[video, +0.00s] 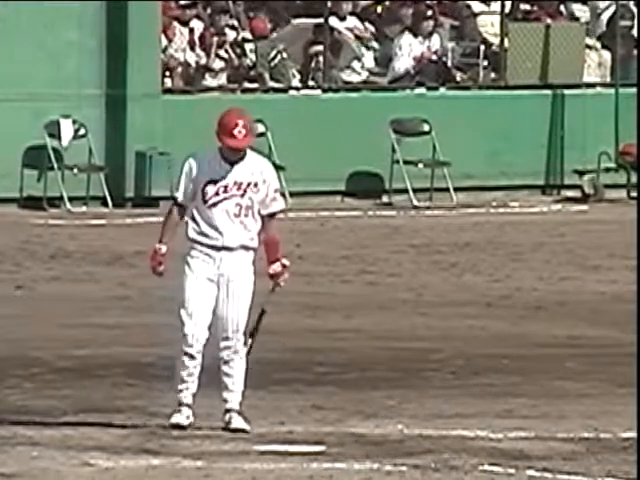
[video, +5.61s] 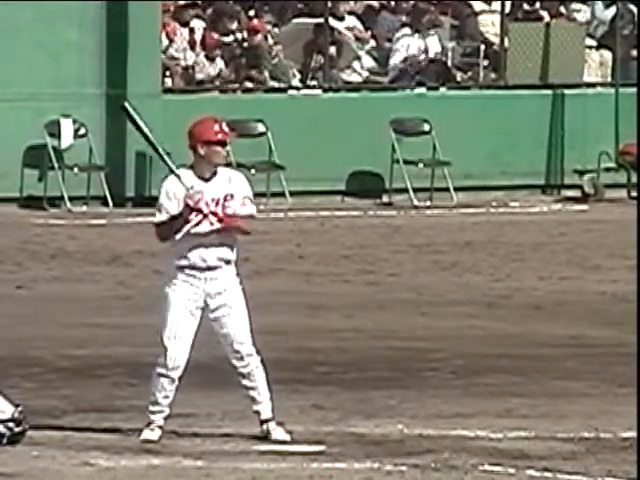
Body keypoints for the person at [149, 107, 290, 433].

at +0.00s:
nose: (239, 149)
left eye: (243, 143)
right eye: (232, 144)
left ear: (249, 137)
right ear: (219, 138)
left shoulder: (263, 170)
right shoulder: (197, 166)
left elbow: (269, 221)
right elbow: (178, 207)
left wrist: (275, 260)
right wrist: (162, 243)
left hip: (240, 258)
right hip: (200, 256)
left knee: (234, 334)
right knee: (193, 332)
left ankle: (233, 408)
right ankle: (184, 405)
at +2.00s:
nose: (195, 172)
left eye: (199, 166)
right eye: (189, 167)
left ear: (208, 158)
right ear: (177, 160)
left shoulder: (221, 179)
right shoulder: (157, 182)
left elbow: (230, 229)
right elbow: (136, 222)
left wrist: (237, 270)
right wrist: (131, 254)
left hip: (210, 272)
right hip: (171, 274)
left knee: (214, 348)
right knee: (167, 350)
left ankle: (211, 416)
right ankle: (155, 420)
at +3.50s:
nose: (195, 170)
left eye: (198, 164)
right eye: (188, 166)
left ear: (202, 157)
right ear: (172, 162)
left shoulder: (215, 180)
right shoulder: (151, 186)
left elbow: (229, 229)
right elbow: (134, 227)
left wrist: (239, 272)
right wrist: (132, 267)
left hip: (211, 275)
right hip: (170, 278)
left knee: (230, 345)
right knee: (164, 354)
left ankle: (257, 413)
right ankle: (154, 422)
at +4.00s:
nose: (230, 168)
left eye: (232, 163)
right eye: (225, 163)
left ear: (233, 160)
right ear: (209, 160)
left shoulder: (242, 187)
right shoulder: (180, 187)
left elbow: (253, 237)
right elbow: (161, 232)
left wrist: (264, 272)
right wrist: (178, 267)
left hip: (227, 279)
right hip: (188, 279)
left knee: (243, 351)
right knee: (171, 355)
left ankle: (268, 421)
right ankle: (155, 421)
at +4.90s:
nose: (218, 152)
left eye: (219, 146)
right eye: (211, 147)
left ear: (218, 149)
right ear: (193, 151)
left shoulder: (229, 184)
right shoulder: (167, 185)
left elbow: (232, 236)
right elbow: (147, 228)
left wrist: (221, 273)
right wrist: (161, 268)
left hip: (218, 277)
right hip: (178, 279)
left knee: (239, 350)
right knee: (167, 357)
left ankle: (267, 419)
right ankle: (154, 421)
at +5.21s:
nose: (222, 150)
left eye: (223, 145)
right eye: (215, 146)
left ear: (222, 147)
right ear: (196, 149)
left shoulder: (233, 183)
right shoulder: (169, 182)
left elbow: (227, 232)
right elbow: (154, 224)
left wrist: (193, 253)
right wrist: (162, 244)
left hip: (221, 277)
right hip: (184, 280)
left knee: (241, 351)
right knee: (169, 357)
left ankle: (267, 421)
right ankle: (154, 421)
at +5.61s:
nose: (225, 150)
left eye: (225, 144)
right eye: (218, 145)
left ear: (223, 147)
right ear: (199, 148)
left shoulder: (235, 180)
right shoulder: (175, 183)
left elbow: (248, 225)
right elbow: (162, 233)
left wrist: (221, 217)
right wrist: (187, 212)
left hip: (224, 276)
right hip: (186, 277)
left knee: (243, 351)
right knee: (173, 356)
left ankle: (268, 421)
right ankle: (155, 421)